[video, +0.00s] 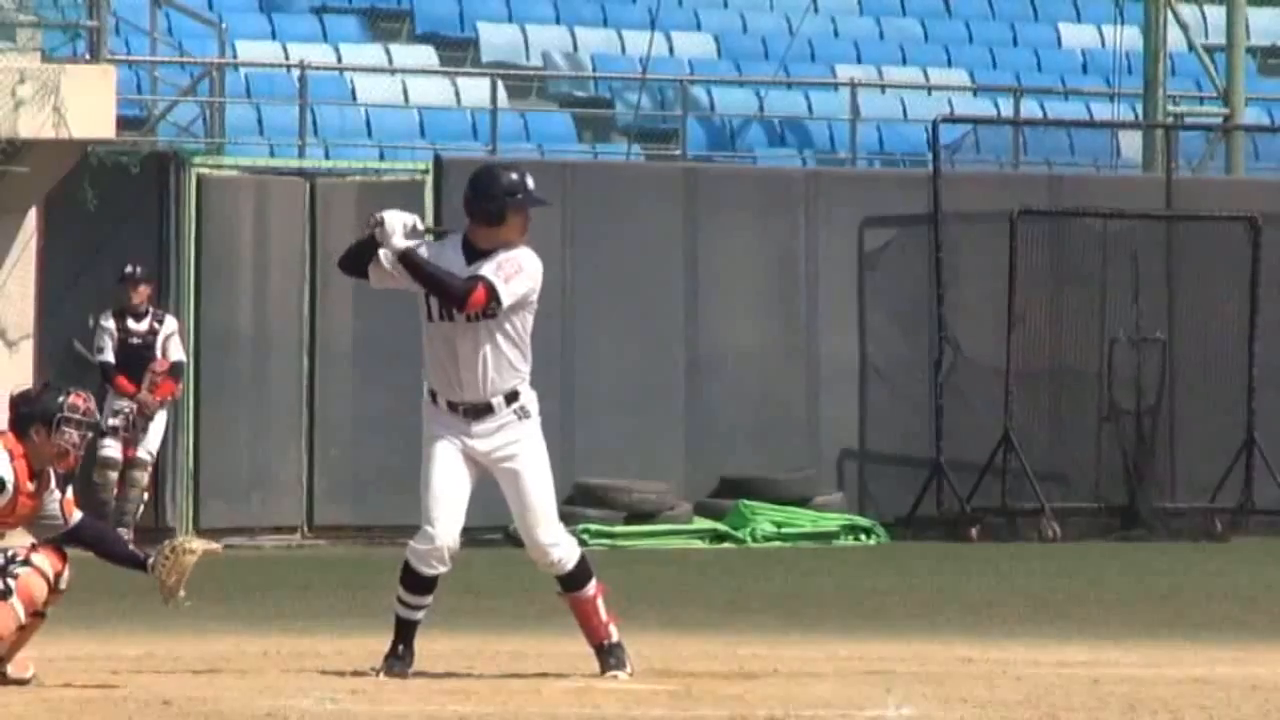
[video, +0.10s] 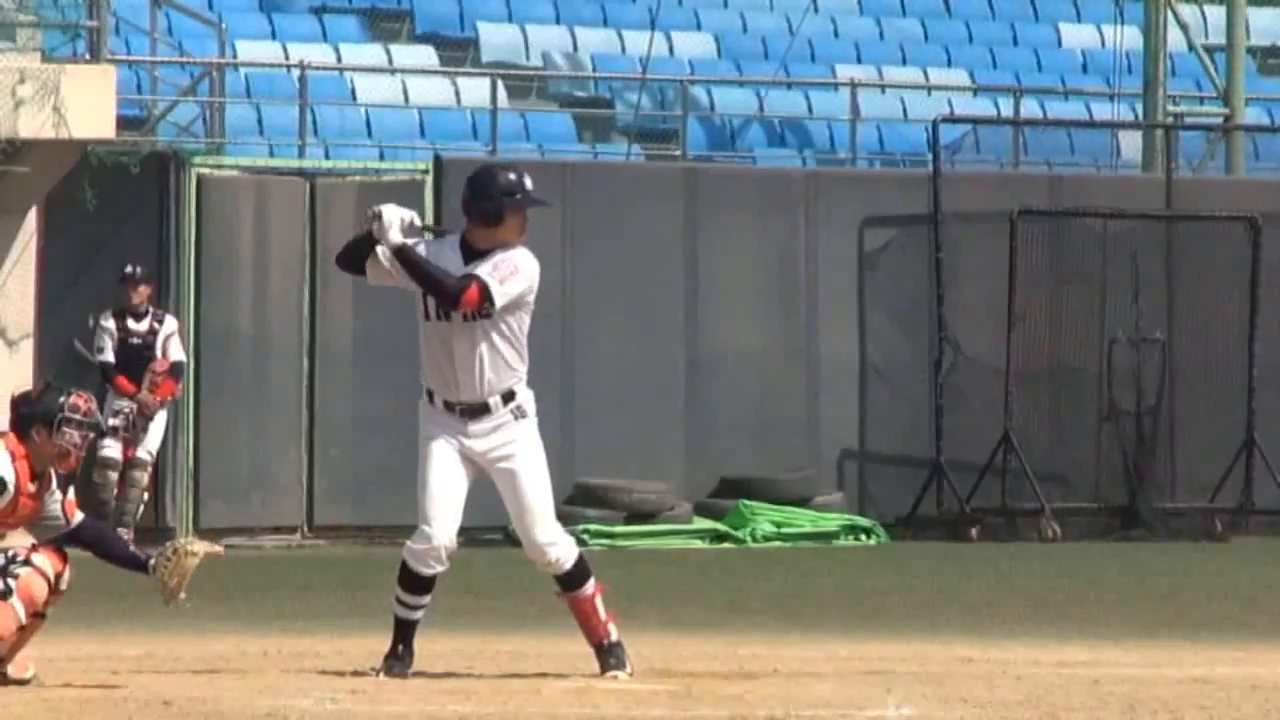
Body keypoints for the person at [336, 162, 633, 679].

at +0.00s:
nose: (528, 220)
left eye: (527, 211)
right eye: (520, 212)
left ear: (506, 212)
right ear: (490, 215)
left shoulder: (523, 262)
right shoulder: (434, 252)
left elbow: (468, 299)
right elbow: (350, 265)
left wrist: (403, 252)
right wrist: (380, 238)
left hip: (511, 420)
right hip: (447, 423)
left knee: (546, 542)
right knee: (436, 540)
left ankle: (607, 645)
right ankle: (401, 646)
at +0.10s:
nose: (526, 220)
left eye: (526, 211)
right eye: (518, 212)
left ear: (497, 213)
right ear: (488, 215)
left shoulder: (520, 263)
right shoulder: (432, 252)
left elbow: (460, 297)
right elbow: (349, 260)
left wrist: (399, 247)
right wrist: (378, 232)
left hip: (508, 420)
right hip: (443, 422)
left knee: (543, 542)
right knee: (433, 539)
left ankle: (607, 645)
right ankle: (400, 648)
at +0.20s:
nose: (525, 220)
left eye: (525, 211)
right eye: (517, 212)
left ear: (498, 213)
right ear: (488, 215)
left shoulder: (518, 264)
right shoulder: (431, 251)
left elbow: (456, 296)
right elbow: (346, 258)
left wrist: (397, 245)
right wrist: (377, 229)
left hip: (505, 419)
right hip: (441, 421)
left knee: (541, 541)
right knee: (431, 538)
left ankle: (607, 644)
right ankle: (400, 648)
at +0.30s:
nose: (524, 222)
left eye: (524, 213)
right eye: (517, 214)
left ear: (491, 215)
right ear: (489, 217)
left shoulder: (518, 267)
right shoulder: (429, 253)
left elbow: (458, 300)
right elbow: (345, 258)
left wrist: (396, 248)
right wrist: (376, 230)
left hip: (504, 421)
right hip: (439, 423)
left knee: (538, 540)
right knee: (429, 538)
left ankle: (606, 644)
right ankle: (399, 647)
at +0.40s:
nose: (526, 224)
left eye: (525, 215)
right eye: (518, 216)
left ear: (500, 216)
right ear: (489, 219)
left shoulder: (519, 267)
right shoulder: (429, 255)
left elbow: (463, 303)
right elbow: (347, 260)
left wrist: (398, 249)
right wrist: (378, 231)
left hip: (505, 422)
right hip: (440, 423)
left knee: (539, 542)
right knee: (430, 538)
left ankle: (606, 643)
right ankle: (400, 648)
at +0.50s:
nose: (529, 226)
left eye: (528, 217)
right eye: (521, 218)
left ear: (507, 218)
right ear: (491, 222)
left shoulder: (524, 270)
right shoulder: (435, 259)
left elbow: (472, 307)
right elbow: (349, 269)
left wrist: (404, 256)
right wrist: (382, 240)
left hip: (513, 423)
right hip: (447, 426)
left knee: (544, 545)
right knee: (435, 541)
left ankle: (607, 645)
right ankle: (400, 647)